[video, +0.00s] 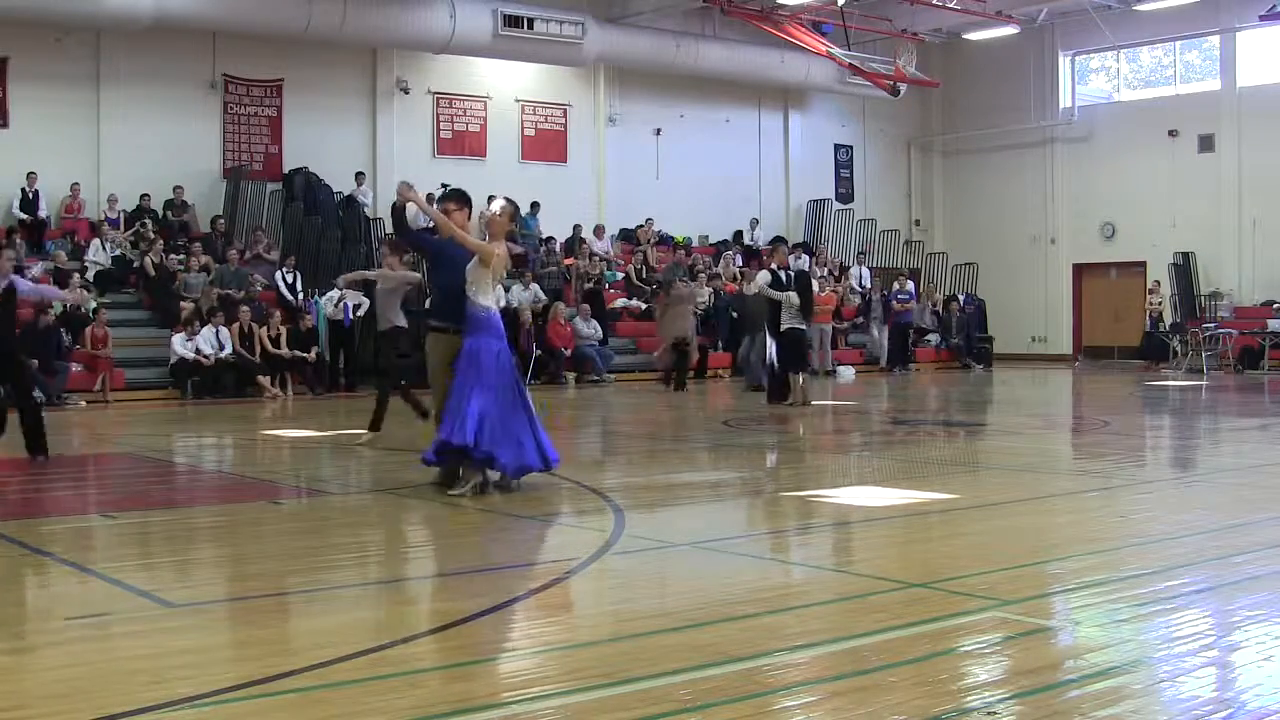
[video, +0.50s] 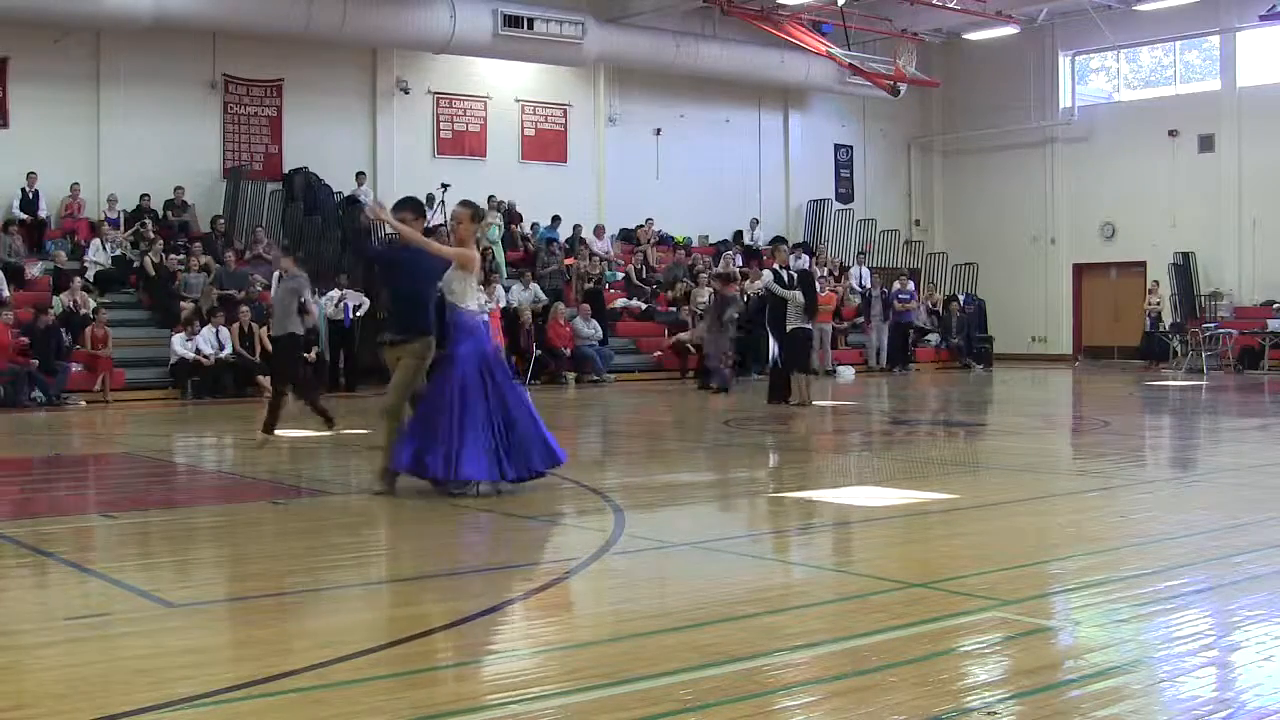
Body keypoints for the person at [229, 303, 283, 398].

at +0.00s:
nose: (246, 314)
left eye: (248, 312)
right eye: (243, 312)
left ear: (250, 314)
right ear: (239, 315)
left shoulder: (255, 326)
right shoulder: (235, 327)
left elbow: (257, 343)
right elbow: (237, 347)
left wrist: (257, 356)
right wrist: (250, 357)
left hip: (253, 354)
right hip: (241, 353)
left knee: (264, 367)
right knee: (253, 368)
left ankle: (267, 391)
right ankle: (271, 390)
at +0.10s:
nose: (245, 314)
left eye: (247, 311)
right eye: (242, 312)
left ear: (250, 313)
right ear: (239, 315)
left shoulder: (255, 326)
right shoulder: (235, 327)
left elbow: (257, 343)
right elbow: (237, 347)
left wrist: (257, 356)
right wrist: (249, 357)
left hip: (253, 354)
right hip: (241, 354)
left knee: (264, 366)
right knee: (254, 367)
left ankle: (267, 392)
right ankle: (271, 390)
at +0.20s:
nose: (245, 314)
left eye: (247, 311)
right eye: (242, 312)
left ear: (250, 313)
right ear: (238, 315)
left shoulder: (255, 326)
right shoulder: (235, 327)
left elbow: (257, 343)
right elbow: (237, 347)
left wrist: (257, 356)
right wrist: (250, 357)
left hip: (253, 354)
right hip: (241, 354)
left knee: (264, 366)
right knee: (254, 367)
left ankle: (267, 392)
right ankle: (272, 390)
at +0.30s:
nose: (245, 314)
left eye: (246, 311)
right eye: (242, 312)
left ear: (250, 313)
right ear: (238, 315)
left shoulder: (255, 326)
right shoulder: (235, 327)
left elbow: (257, 343)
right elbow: (237, 347)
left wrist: (257, 356)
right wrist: (249, 357)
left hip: (253, 354)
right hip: (241, 354)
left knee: (264, 366)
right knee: (254, 367)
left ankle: (267, 392)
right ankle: (271, 389)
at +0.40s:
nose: (245, 314)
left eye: (247, 311)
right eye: (242, 312)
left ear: (250, 313)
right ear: (238, 315)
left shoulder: (255, 326)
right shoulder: (235, 327)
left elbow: (257, 344)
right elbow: (237, 347)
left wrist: (257, 356)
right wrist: (250, 358)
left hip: (253, 354)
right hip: (242, 354)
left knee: (264, 366)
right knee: (254, 368)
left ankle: (267, 391)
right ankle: (271, 389)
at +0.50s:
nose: (245, 314)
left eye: (247, 311)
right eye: (242, 312)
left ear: (250, 313)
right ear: (238, 315)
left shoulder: (255, 326)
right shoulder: (235, 327)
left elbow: (257, 343)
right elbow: (237, 347)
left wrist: (257, 356)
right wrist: (249, 357)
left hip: (253, 354)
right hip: (242, 354)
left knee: (264, 367)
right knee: (254, 368)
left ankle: (267, 392)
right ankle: (270, 389)